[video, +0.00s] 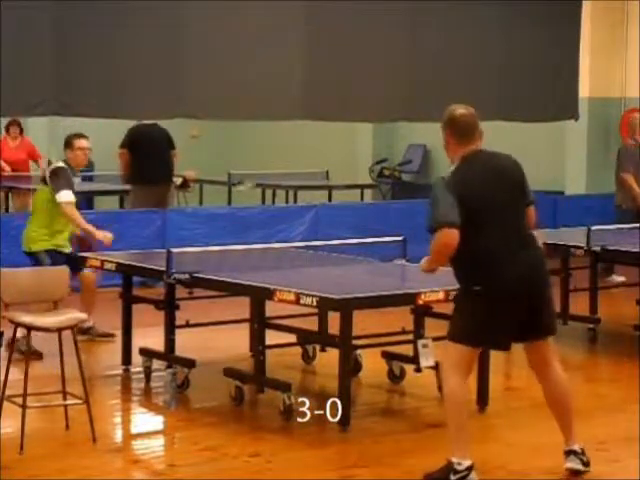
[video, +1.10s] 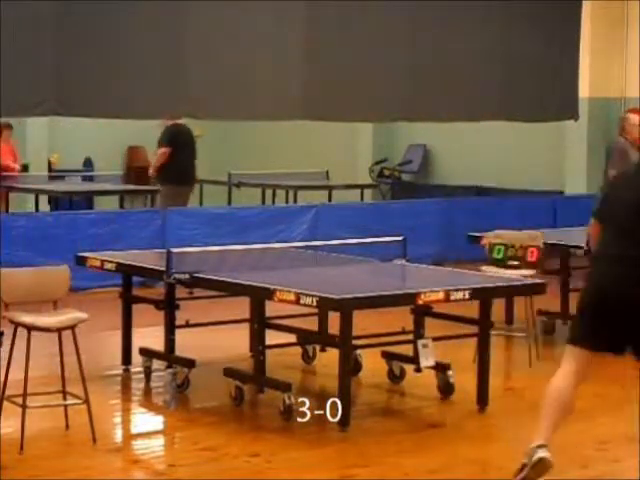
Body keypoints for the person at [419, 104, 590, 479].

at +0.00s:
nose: (444, 144)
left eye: (444, 139)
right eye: (446, 138)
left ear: (448, 139)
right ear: (481, 136)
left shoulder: (451, 181)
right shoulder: (510, 165)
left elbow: (448, 238)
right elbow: (530, 218)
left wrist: (432, 262)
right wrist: (499, 235)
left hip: (484, 285)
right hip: (529, 278)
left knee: (454, 370)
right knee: (547, 364)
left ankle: (460, 461)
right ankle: (573, 448)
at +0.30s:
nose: (475, 155)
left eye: (477, 149)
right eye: (477, 149)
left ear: (482, 151)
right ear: (513, 151)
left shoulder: (480, 191)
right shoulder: (541, 189)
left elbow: (462, 250)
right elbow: (558, 246)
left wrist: (442, 271)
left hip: (497, 302)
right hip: (544, 300)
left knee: (456, 371)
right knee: (546, 366)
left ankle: (460, 462)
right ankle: (565, 449)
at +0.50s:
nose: (512, 135)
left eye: (513, 130)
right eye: (515, 129)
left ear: (519, 130)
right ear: (549, 131)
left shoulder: (509, 171)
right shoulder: (578, 170)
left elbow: (479, 224)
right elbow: (601, 225)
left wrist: (475, 261)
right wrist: (577, 248)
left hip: (534, 278)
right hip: (581, 277)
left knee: (503, 364)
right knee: (591, 359)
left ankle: (483, 452)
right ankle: (600, 446)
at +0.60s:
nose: (538, 145)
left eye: (539, 139)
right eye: (541, 139)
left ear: (545, 141)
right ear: (574, 142)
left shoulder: (530, 181)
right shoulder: (599, 181)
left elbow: (490, 235)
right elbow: (626, 242)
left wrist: (501, 267)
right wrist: (607, 264)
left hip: (546, 290)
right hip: (596, 289)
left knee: (514, 368)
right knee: (617, 372)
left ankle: (507, 462)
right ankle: (637, 449)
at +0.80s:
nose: (579, 165)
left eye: (581, 160)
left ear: (583, 165)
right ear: (615, 168)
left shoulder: (560, 200)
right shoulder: (626, 206)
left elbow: (529, 254)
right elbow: (635, 259)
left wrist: (544, 282)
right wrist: (630, 287)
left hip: (564, 306)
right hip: (616, 306)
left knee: (528, 388)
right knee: (636, 374)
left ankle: (517, 470)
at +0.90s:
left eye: (605, 152)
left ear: (605, 157)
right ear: (636, 163)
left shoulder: (582, 192)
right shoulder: (635, 196)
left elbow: (552, 240)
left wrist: (563, 271)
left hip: (576, 297)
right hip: (628, 297)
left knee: (542, 378)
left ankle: (512, 463)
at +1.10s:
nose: (630, 131)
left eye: (631, 124)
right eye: (630, 125)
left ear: (633, 140)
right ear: (632, 139)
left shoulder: (621, 183)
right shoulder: (622, 182)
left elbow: (595, 233)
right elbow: (596, 233)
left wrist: (606, 260)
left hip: (611, 281)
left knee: (571, 366)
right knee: (570, 368)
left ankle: (541, 443)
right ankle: (540, 443)